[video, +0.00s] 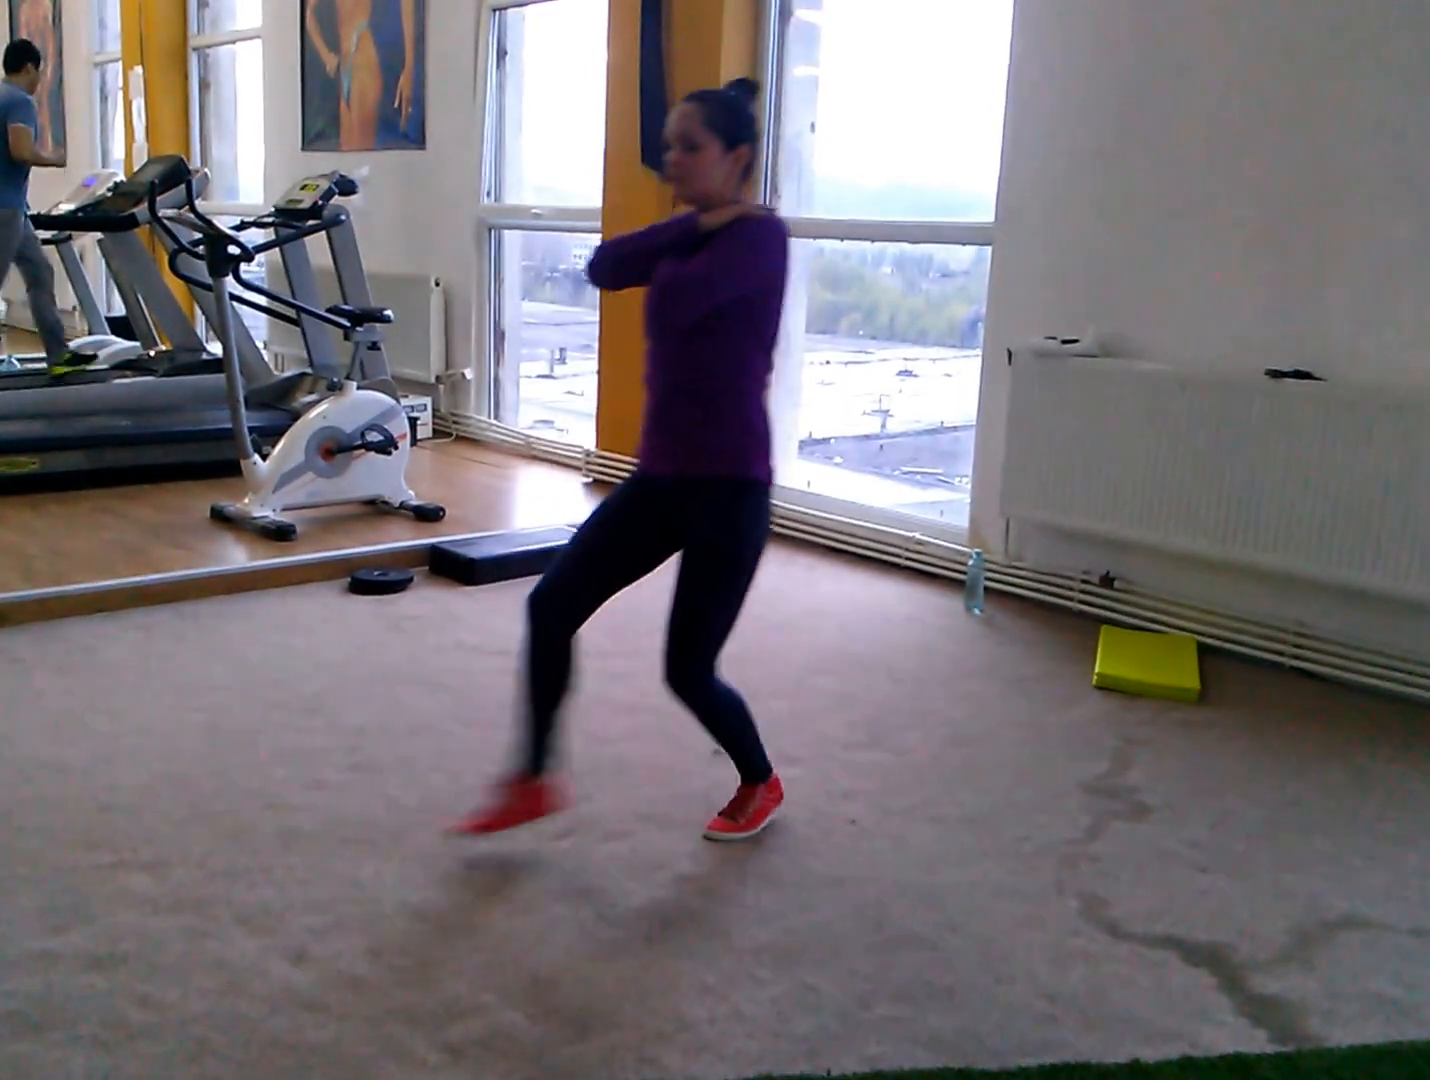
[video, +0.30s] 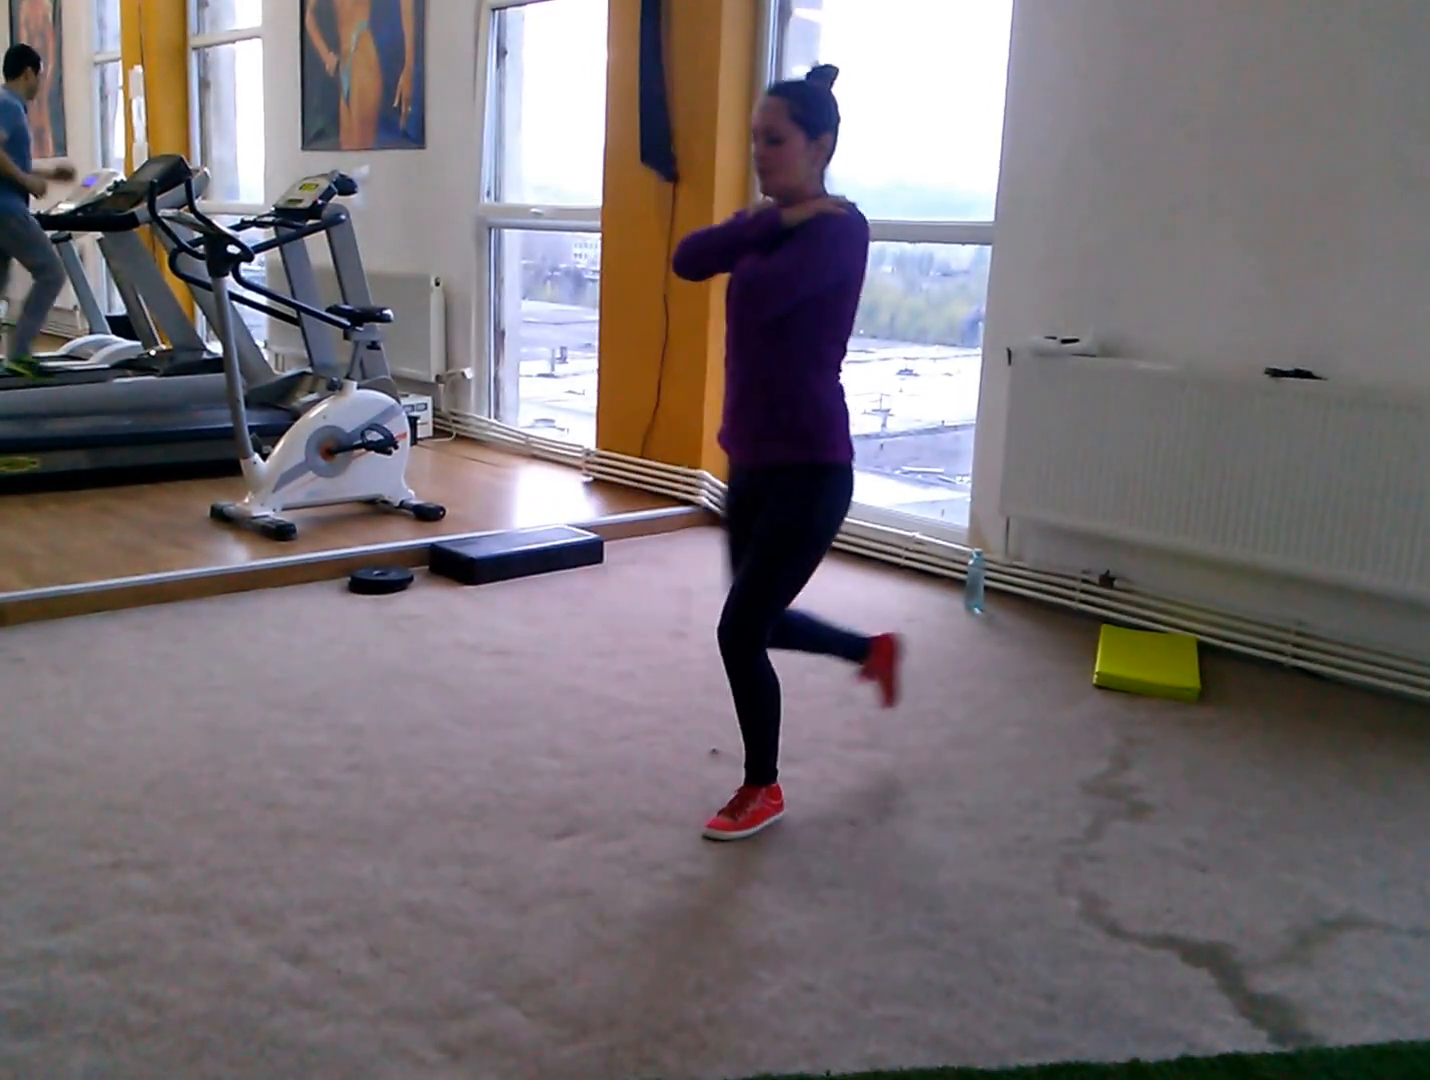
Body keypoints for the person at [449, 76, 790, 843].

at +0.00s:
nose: (672, 164)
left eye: (688, 148)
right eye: (669, 150)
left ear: (739, 154)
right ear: (677, 157)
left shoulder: (760, 238)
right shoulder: (684, 237)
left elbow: (675, 304)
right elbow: (602, 268)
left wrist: (671, 242)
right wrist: (694, 226)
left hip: (731, 489)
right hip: (660, 481)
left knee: (689, 671)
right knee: (551, 606)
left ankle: (760, 780)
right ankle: (533, 778)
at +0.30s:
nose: (759, 151)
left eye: (775, 139)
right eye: (756, 138)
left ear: (820, 145)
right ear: (759, 142)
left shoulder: (841, 230)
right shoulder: (762, 226)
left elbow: (760, 293)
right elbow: (686, 259)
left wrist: (746, 238)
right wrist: (774, 221)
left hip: (813, 467)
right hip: (751, 462)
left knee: (740, 632)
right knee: (755, 618)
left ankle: (762, 786)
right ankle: (871, 649)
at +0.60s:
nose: (823, 244)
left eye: (839, 230)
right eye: (819, 229)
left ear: (882, 234)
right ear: (816, 232)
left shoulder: (899, 312)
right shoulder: (822, 297)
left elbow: (839, 393)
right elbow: (757, 350)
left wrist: (823, 318)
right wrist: (828, 302)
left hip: (891, 521)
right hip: (839, 516)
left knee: (781, 622)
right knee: (900, 636)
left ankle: (764, 786)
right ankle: (984, 676)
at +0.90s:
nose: (883, 306)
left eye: (897, 296)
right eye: (880, 293)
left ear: (940, 302)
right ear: (878, 291)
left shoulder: (949, 375)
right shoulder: (870, 342)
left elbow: (867, 435)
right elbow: (801, 382)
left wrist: (874, 358)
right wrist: (896, 356)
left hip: (888, 565)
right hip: (833, 553)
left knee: (772, 624)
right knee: (870, 684)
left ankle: (772, 787)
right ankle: (977, 677)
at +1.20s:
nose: (875, 319)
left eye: (890, 310)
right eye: (873, 305)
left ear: (934, 319)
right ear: (870, 302)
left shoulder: (939, 391)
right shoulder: (860, 354)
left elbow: (862, 449)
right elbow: (793, 394)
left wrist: (865, 370)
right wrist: (888, 373)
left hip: (886, 578)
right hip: (829, 566)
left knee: (770, 624)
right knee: (869, 697)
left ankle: (770, 785)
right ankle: (973, 677)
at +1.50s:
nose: (859, 345)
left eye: (873, 336)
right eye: (856, 331)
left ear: (917, 339)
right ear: (851, 325)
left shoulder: (929, 409)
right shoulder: (848, 379)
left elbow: (851, 467)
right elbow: (783, 420)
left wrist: (833, 408)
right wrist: (873, 393)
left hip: (886, 598)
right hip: (826, 588)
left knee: (769, 626)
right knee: (868, 714)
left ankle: (772, 785)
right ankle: (970, 678)